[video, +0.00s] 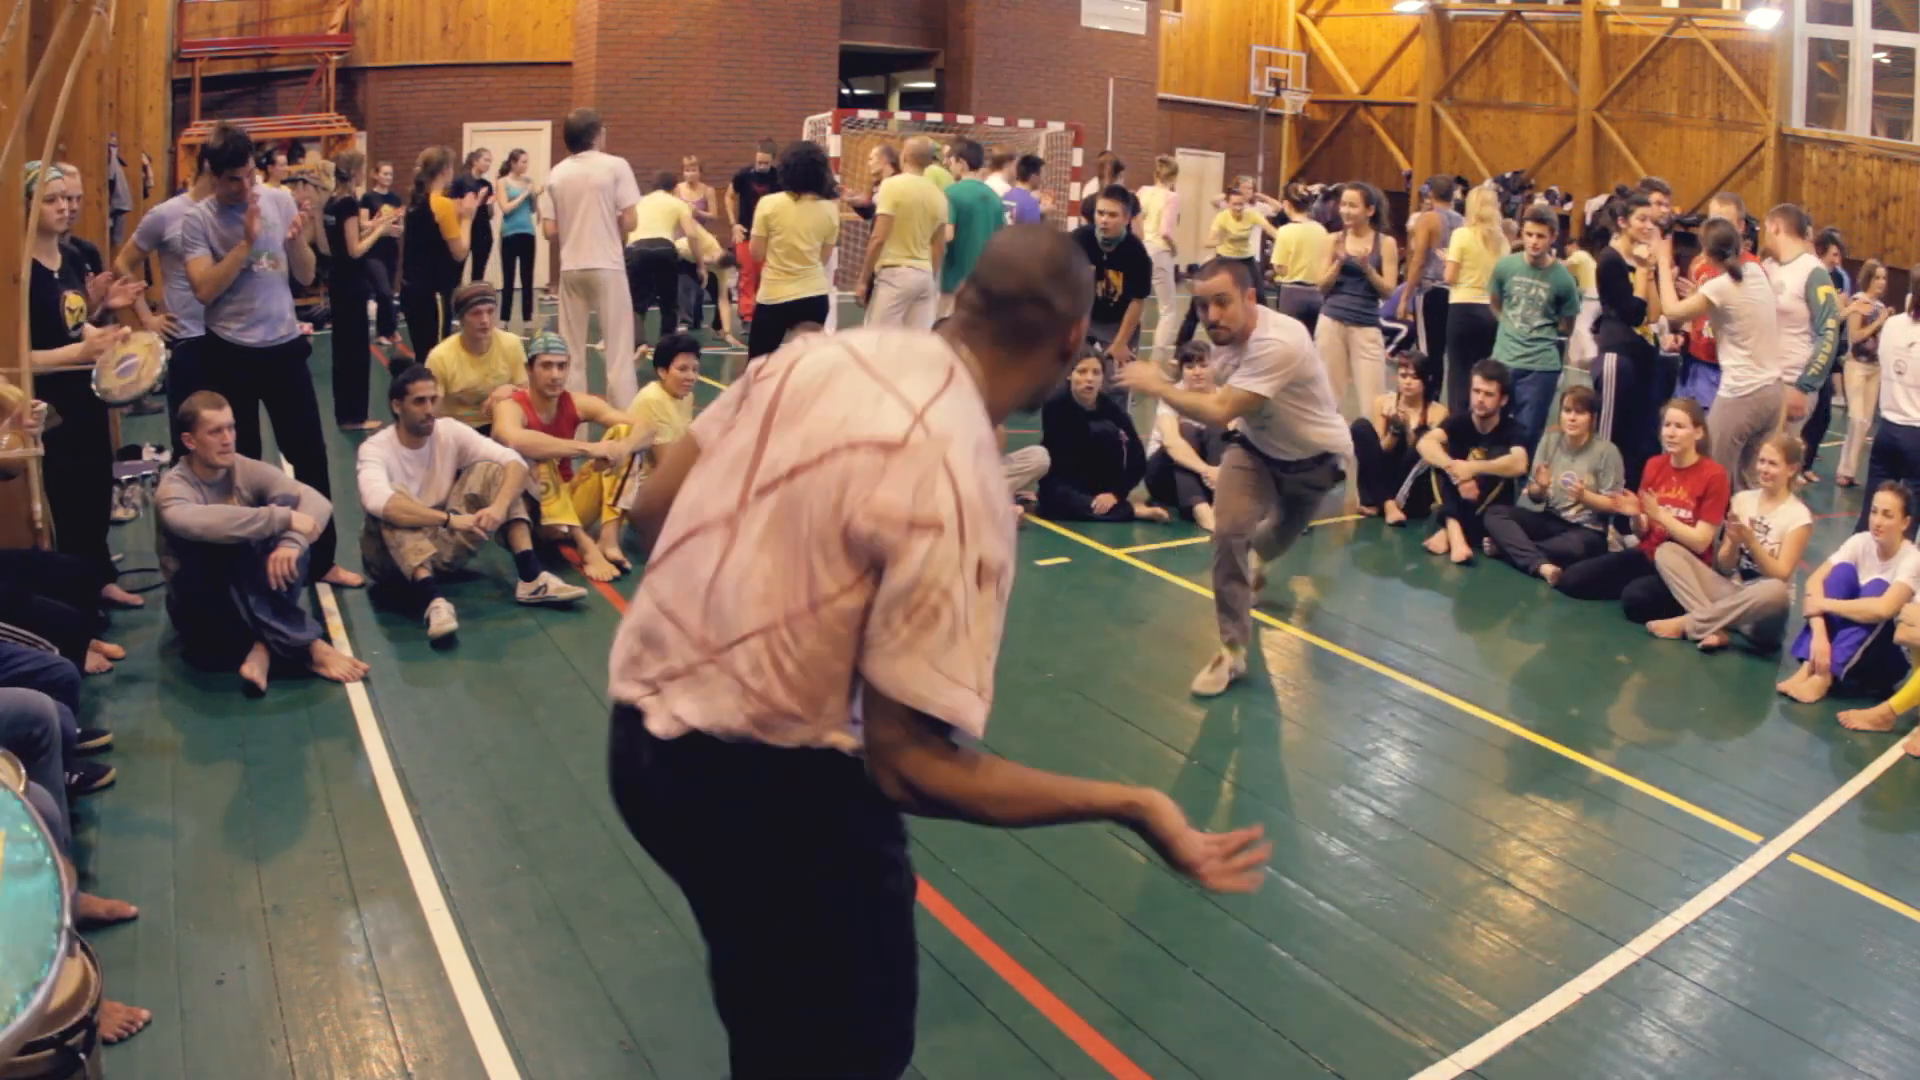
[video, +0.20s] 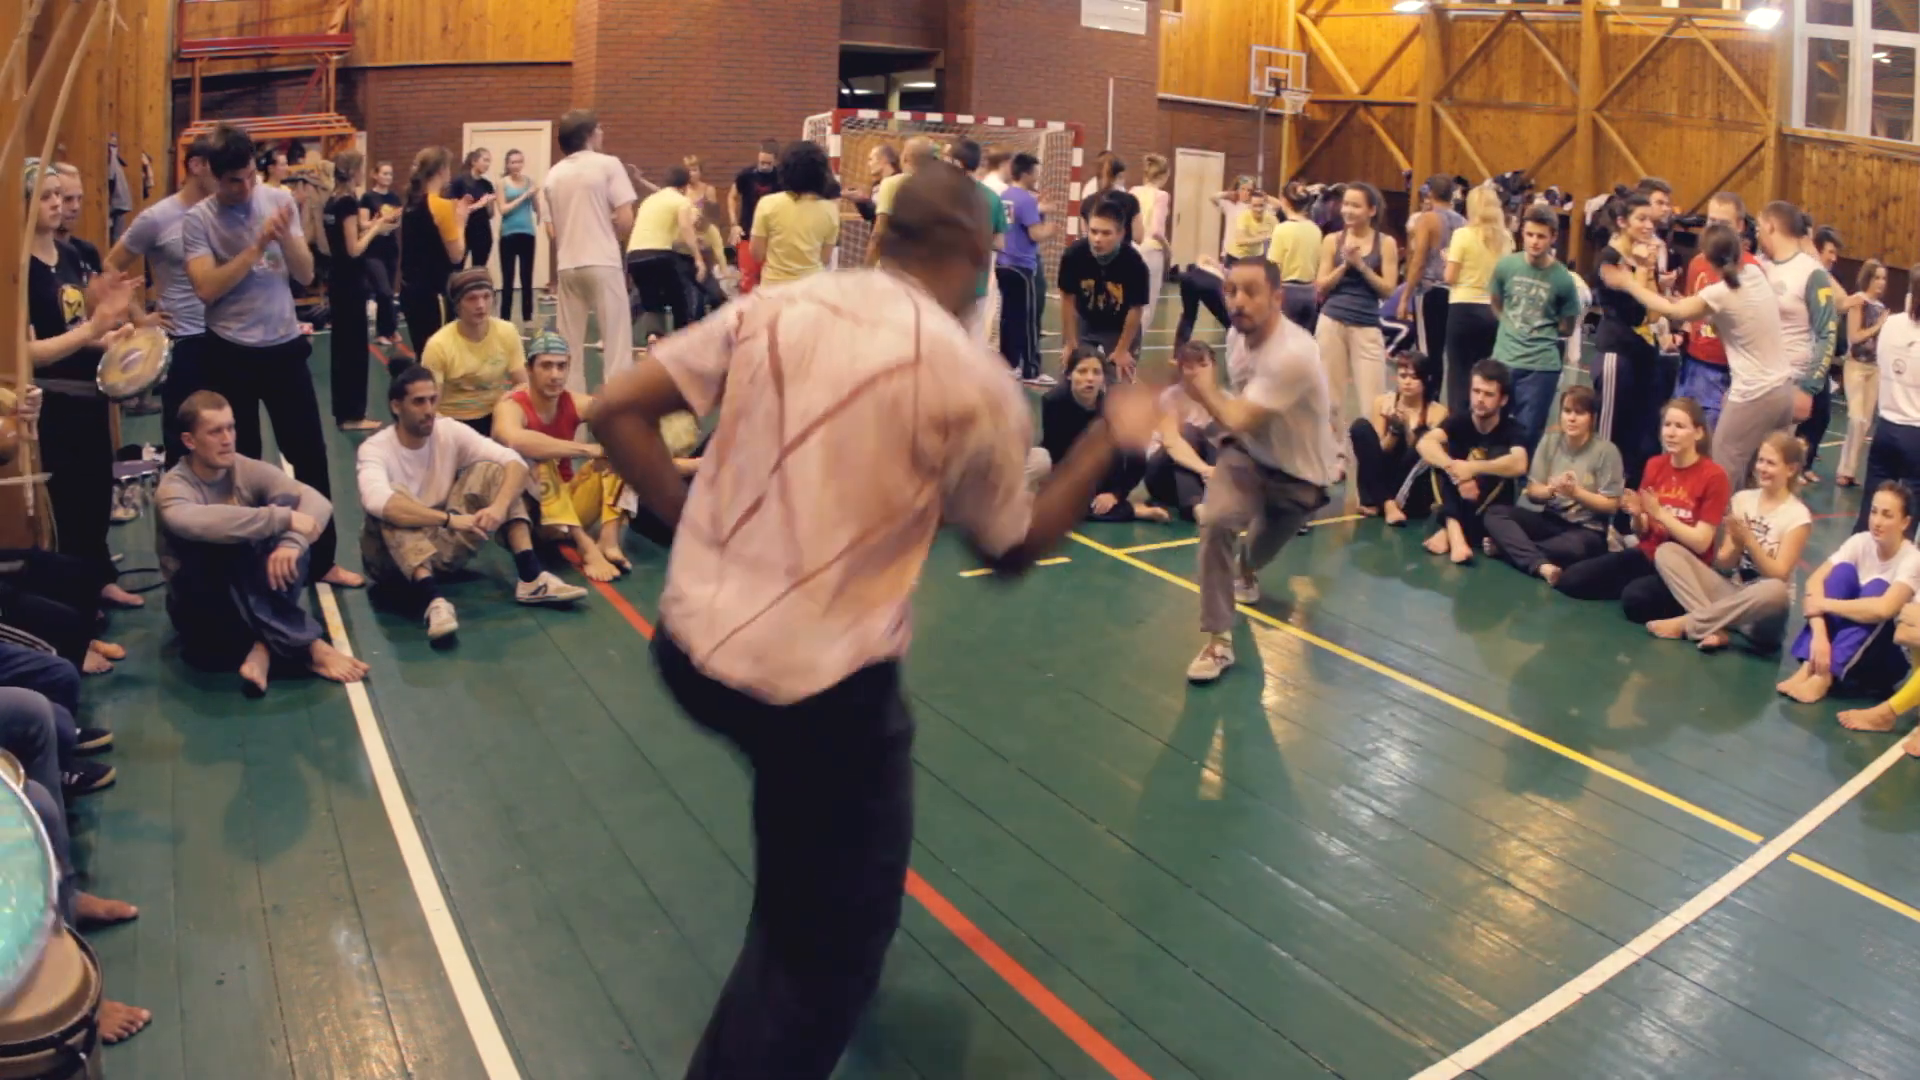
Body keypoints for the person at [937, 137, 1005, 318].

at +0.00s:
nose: (949, 164)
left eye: (952, 160)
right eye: (950, 159)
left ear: (962, 164)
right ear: (979, 164)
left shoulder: (951, 192)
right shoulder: (993, 196)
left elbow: (948, 235)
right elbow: (1001, 234)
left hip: (953, 276)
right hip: (984, 275)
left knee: (944, 329)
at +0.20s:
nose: (942, 161)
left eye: (946, 157)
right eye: (944, 156)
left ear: (954, 162)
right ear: (977, 164)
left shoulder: (937, 191)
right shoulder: (990, 197)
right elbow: (998, 243)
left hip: (939, 281)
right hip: (975, 285)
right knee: (972, 351)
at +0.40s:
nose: (944, 164)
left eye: (944, 160)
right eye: (944, 159)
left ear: (949, 163)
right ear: (971, 162)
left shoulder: (941, 191)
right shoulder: (986, 194)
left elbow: (934, 234)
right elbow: (995, 240)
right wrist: (973, 234)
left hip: (942, 278)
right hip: (973, 280)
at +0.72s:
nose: (966, 161)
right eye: (965, 158)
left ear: (937, 162)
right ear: (961, 160)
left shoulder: (930, 190)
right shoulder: (975, 191)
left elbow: (924, 229)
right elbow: (987, 235)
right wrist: (967, 227)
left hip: (934, 267)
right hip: (967, 269)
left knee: (936, 331)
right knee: (967, 328)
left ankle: (935, 376)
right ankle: (966, 374)